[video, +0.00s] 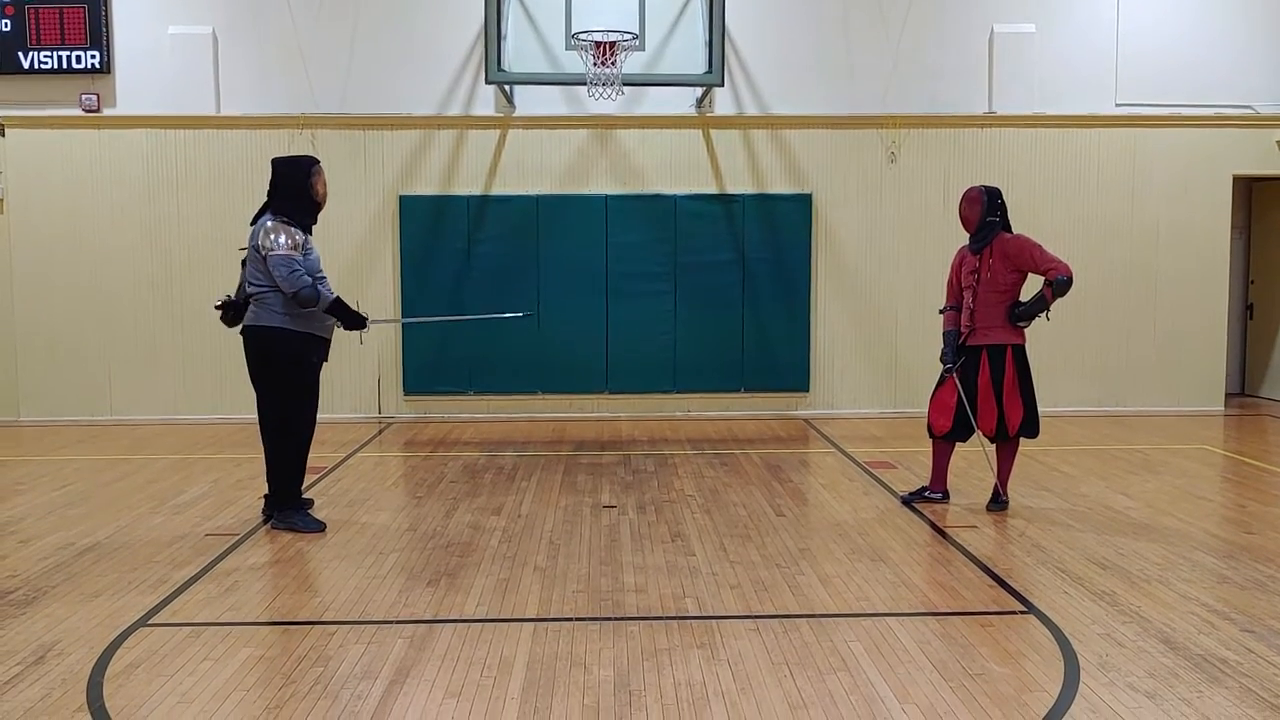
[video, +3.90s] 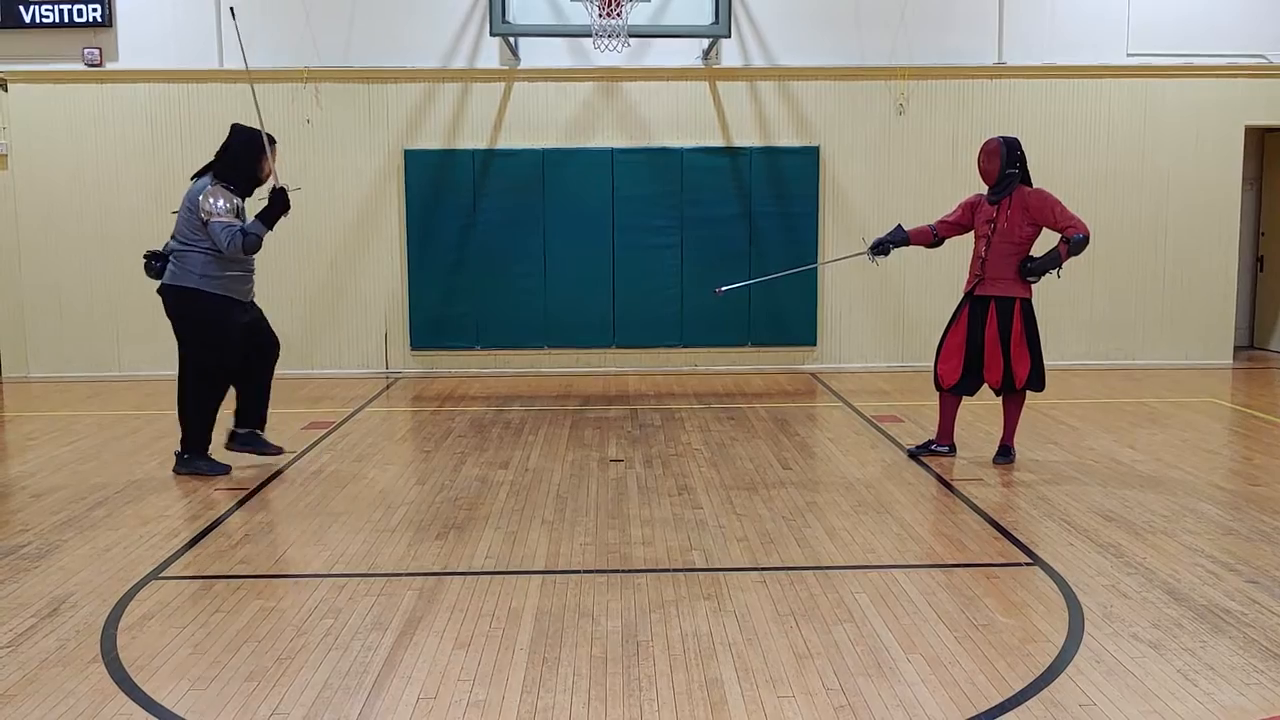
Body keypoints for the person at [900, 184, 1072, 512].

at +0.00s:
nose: (962, 216)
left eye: (967, 208)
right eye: (961, 209)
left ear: (987, 210)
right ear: (971, 211)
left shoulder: (1013, 244)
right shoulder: (964, 255)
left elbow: (1061, 275)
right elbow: (953, 304)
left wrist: (1032, 308)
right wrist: (949, 343)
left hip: (1004, 347)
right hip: (967, 348)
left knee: (1007, 417)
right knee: (944, 411)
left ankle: (1000, 490)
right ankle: (937, 486)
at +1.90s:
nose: (962, 181)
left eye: (968, 174)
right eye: (961, 174)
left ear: (989, 175)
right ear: (969, 177)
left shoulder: (1013, 209)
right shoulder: (965, 219)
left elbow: (1061, 242)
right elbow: (947, 268)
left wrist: (1030, 273)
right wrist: (920, 303)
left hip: (1003, 311)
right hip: (966, 312)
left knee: (1004, 383)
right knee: (942, 375)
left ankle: (998, 456)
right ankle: (935, 451)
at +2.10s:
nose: (966, 179)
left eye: (972, 172)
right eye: (964, 173)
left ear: (993, 173)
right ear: (964, 176)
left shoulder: (1017, 208)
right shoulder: (966, 216)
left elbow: (1064, 240)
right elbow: (933, 253)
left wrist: (1034, 271)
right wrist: (893, 268)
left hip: (1004, 309)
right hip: (967, 309)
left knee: (1004, 380)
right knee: (944, 373)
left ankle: (998, 454)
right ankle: (935, 449)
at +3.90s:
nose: (981, 168)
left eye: (986, 161)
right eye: (980, 161)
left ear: (1007, 162)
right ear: (987, 163)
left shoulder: (1033, 199)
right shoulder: (977, 204)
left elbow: (1079, 232)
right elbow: (937, 231)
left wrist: (1045, 262)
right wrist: (894, 239)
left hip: (1013, 300)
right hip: (975, 298)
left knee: (1013, 371)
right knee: (950, 363)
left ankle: (1006, 444)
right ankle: (943, 440)